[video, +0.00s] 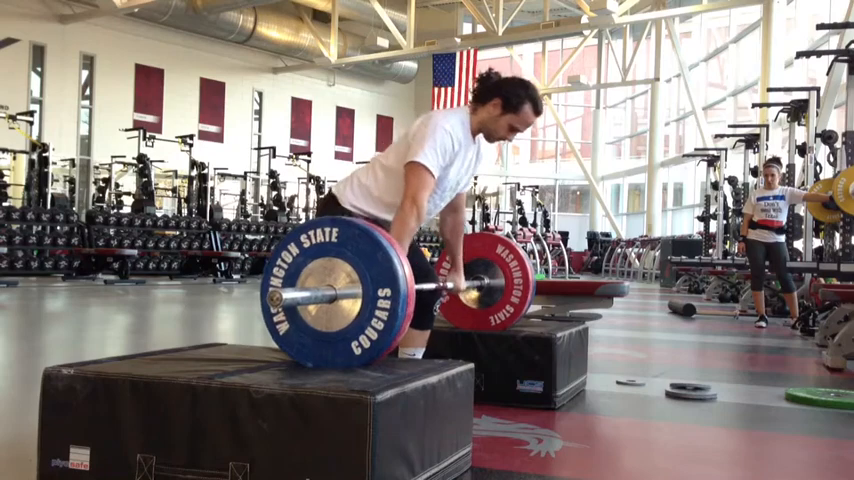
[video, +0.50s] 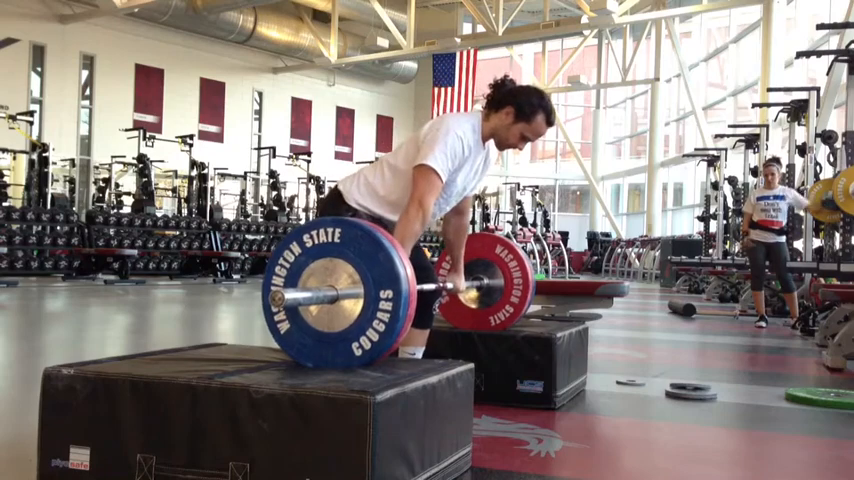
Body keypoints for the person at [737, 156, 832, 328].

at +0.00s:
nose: (769, 179)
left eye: (772, 175)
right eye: (766, 175)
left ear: (779, 176)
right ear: (763, 176)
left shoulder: (786, 192)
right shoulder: (755, 195)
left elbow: (807, 196)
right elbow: (746, 218)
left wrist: (827, 198)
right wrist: (742, 238)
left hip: (777, 240)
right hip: (755, 238)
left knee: (784, 275)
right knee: (757, 275)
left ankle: (795, 318)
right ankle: (761, 316)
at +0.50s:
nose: (769, 178)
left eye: (772, 174)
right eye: (766, 175)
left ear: (779, 175)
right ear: (762, 176)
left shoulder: (787, 193)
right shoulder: (755, 194)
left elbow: (808, 205)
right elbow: (747, 216)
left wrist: (824, 205)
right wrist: (744, 234)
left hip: (778, 240)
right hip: (756, 239)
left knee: (784, 275)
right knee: (757, 276)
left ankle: (795, 317)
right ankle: (761, 316)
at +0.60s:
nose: (770, 176)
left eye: (773, 173)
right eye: (767, 173)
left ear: (780, 174)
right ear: (763, 175)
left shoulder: (788, 193)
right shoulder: (755, 193)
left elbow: (803, 212)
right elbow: (747, 215)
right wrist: (745, 233)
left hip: (778, 240)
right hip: (757, 238)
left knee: (784, 275)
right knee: (757, 275)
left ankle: (795, 317)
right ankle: (761, 315)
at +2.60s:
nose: (766, 176)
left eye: (769, 173)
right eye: (763, 173)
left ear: (776, 174)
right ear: (759, 175)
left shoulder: (784, 193)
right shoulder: (751, 195)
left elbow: (794, 213)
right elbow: (744, 217)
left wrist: (788, 224)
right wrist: (746, 235)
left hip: (777, 240)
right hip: (756, 239)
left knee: (785, 276)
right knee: (757, 277)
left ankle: (795, 318)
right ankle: (761, 316)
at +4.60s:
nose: (766, 176)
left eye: (769, 173)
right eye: (763, 173)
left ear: (776, 174)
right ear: (759, 175)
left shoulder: (784, 193)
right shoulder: (751, 195)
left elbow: (792, 214)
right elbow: (744, 216)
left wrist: (787, 224)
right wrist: (746, 235)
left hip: (777, 240)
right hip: (757, 239)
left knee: (785, 276)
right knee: (757, 278)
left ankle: (795, 318)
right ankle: (761, 315)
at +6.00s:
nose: (766, 173)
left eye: (769, 170)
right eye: (763, 170)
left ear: (775, 173)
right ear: (759, 173)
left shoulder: (784, 193)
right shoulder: (751, 193)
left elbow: (792, 214)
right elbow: (744, 216)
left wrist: (788, 224)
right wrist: (746, 236)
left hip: (777, 239)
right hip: (757, 239)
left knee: (784, 275)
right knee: (757, 277)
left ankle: (795, 317)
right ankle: (761, 315)